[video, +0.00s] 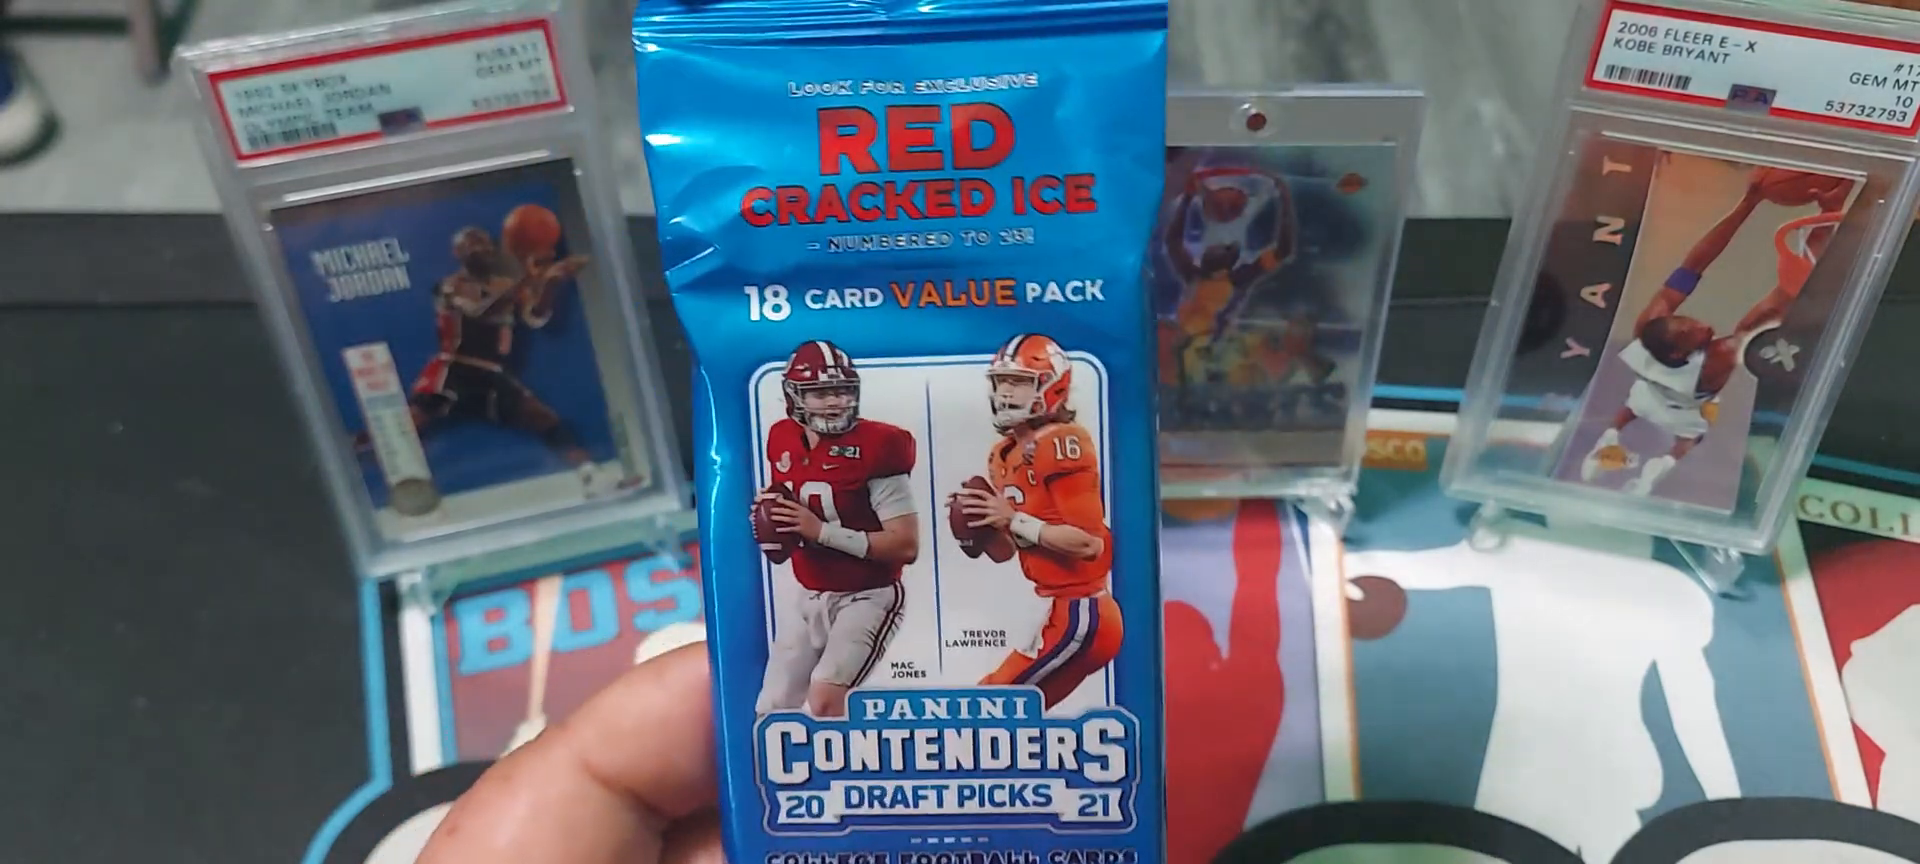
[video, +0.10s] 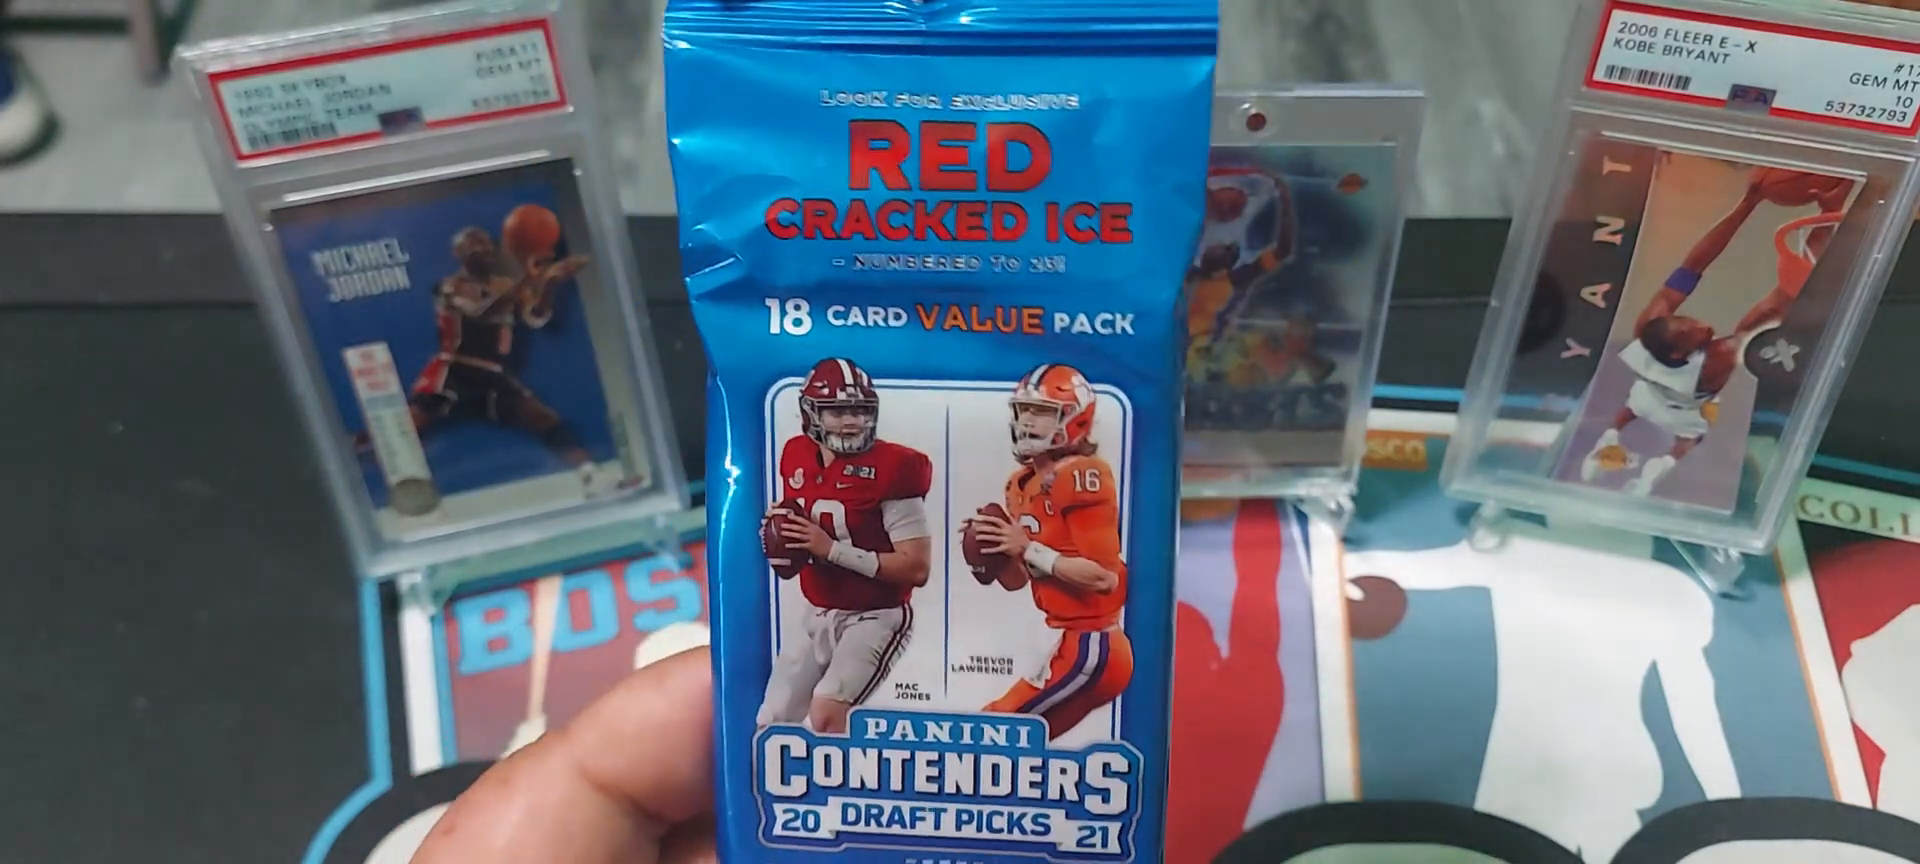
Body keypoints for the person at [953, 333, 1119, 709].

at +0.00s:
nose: (1004, 393)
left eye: (1017, 383)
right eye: (999, 382)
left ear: (1049, 387)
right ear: (992, 385)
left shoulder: (1062, 442)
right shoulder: (1002, 454)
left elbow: (1088, 542)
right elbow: (1002, 551)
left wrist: (1012, 519)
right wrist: (975, 523)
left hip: (1081, 614)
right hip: (1060, 612)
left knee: (985, 709)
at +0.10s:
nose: (1027, 423)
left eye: (1041, 413)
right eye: (1023, 411)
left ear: (1072, 419)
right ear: (1014, 414)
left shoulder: (1083, 475)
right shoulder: (1019, 484)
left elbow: (1102, 575)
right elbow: (1014, 580)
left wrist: (1027, 549)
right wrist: (988, 551)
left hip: (1093, 649)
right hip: (1067, 646)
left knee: (986, 737)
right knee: (995, 743)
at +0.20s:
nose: (1032, 438)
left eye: (1046, 428)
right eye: (1028, 426)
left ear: (1079, 434)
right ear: (1019, 428)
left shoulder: (1088, 491)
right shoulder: (1023, 496)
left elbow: (1102, 590)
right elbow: (1016, 593)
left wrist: (1029, 561)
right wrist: (990, 561)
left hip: (1093, 662)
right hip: (1069, 658)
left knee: (986, 747)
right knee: (995, 753)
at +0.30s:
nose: (1005, 433)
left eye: (1018, 424)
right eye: (1000, 422)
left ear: (1050, 429)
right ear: (992, 424)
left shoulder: (1061, 484)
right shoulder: (998, 491)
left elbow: (1079, 582)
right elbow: (994, 587)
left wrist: (1006, 556)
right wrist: (967, 559)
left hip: (1071, 654)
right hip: (1047, 650)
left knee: (968, 741)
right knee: (973, 745)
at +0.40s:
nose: (999, 461)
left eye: (1013, 451)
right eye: (995, 449)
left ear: (1045, 458)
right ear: (987, 453)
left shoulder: (1056, 513)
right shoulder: (991, 518)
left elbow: (1071, 610)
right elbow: (989, 611)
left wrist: (994, 579)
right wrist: (962, 589)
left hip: (1062, 681)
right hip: (1037, 677)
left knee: (958, 764)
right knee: (968, 770)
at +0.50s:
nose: (977, 490)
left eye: (991, 480)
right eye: (972, 479)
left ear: (1023, 485)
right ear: (964, 483)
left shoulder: (1040, 541)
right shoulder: (973, 547)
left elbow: (1059, 635)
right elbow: (972, 637)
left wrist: (983, 608)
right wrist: (943, 611)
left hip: (1052, 704)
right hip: (1028, 700)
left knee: (948, 782)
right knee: (957, 788)